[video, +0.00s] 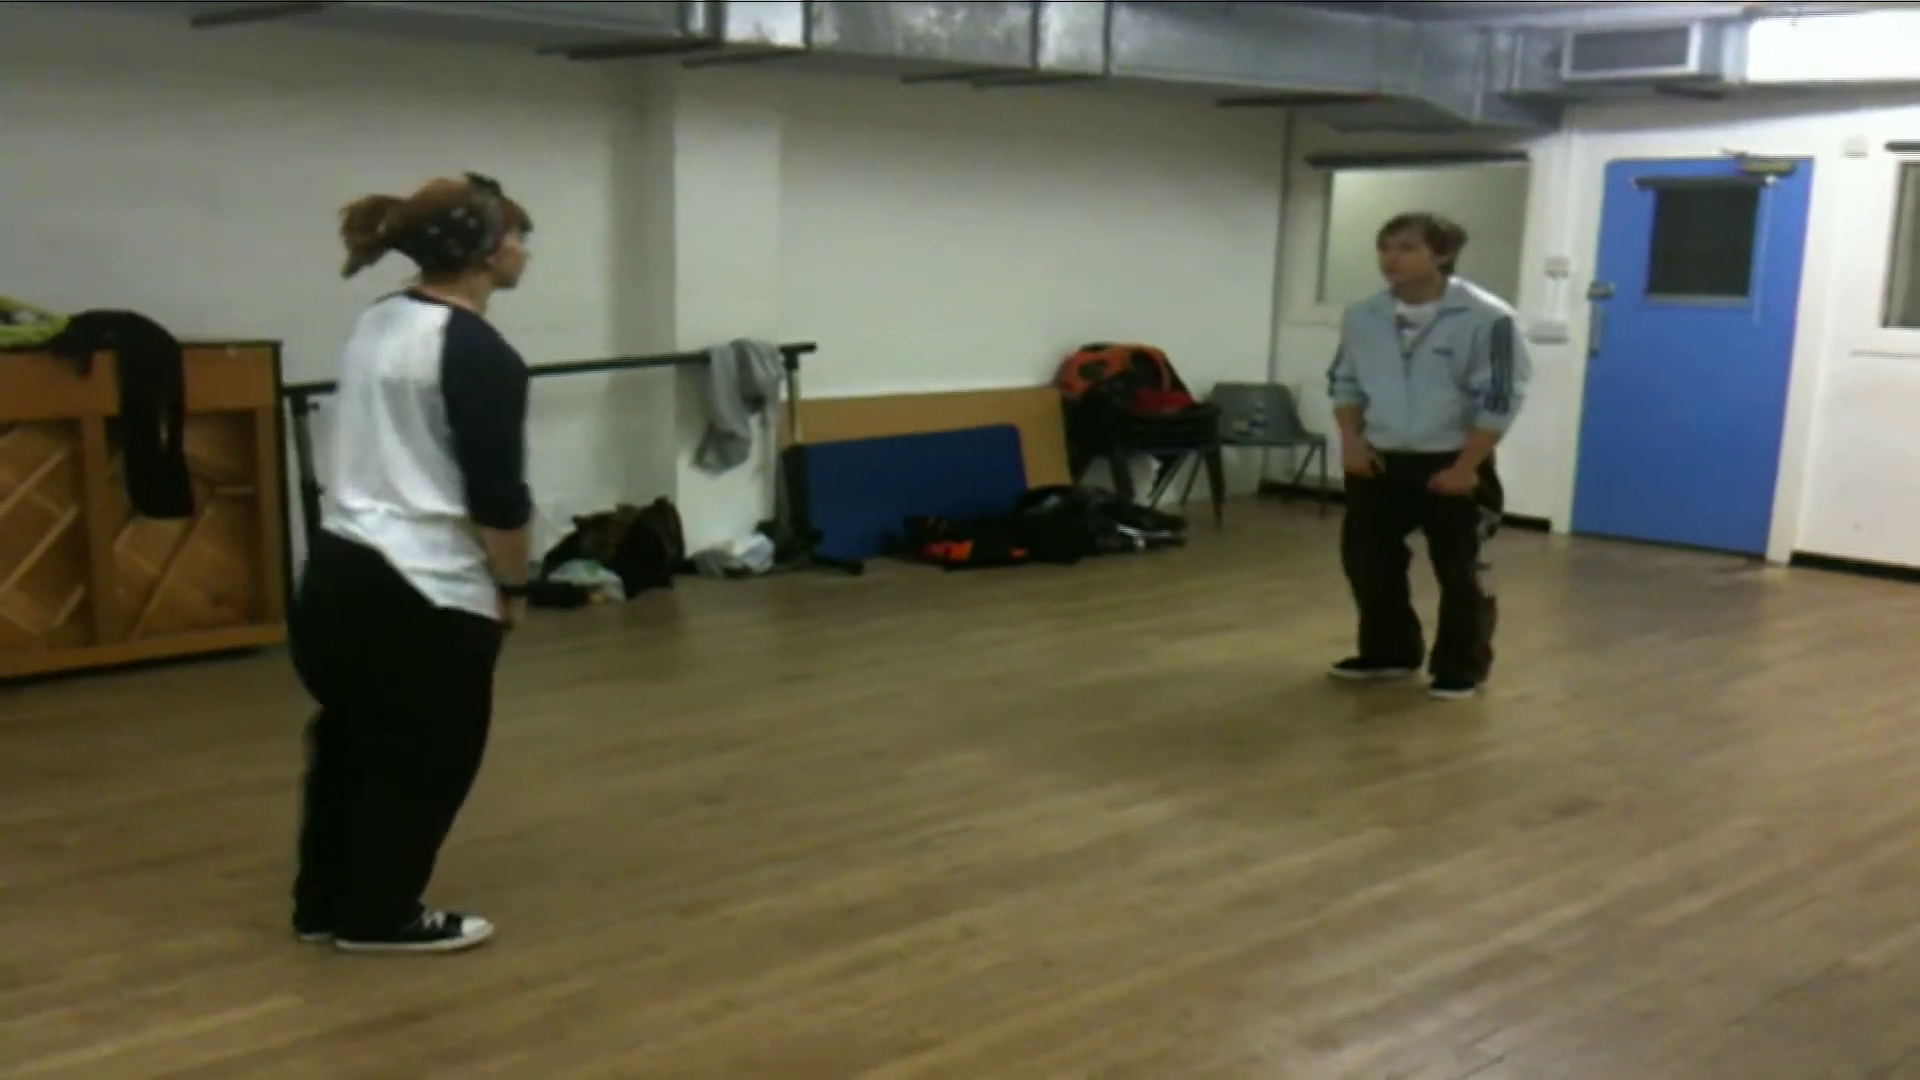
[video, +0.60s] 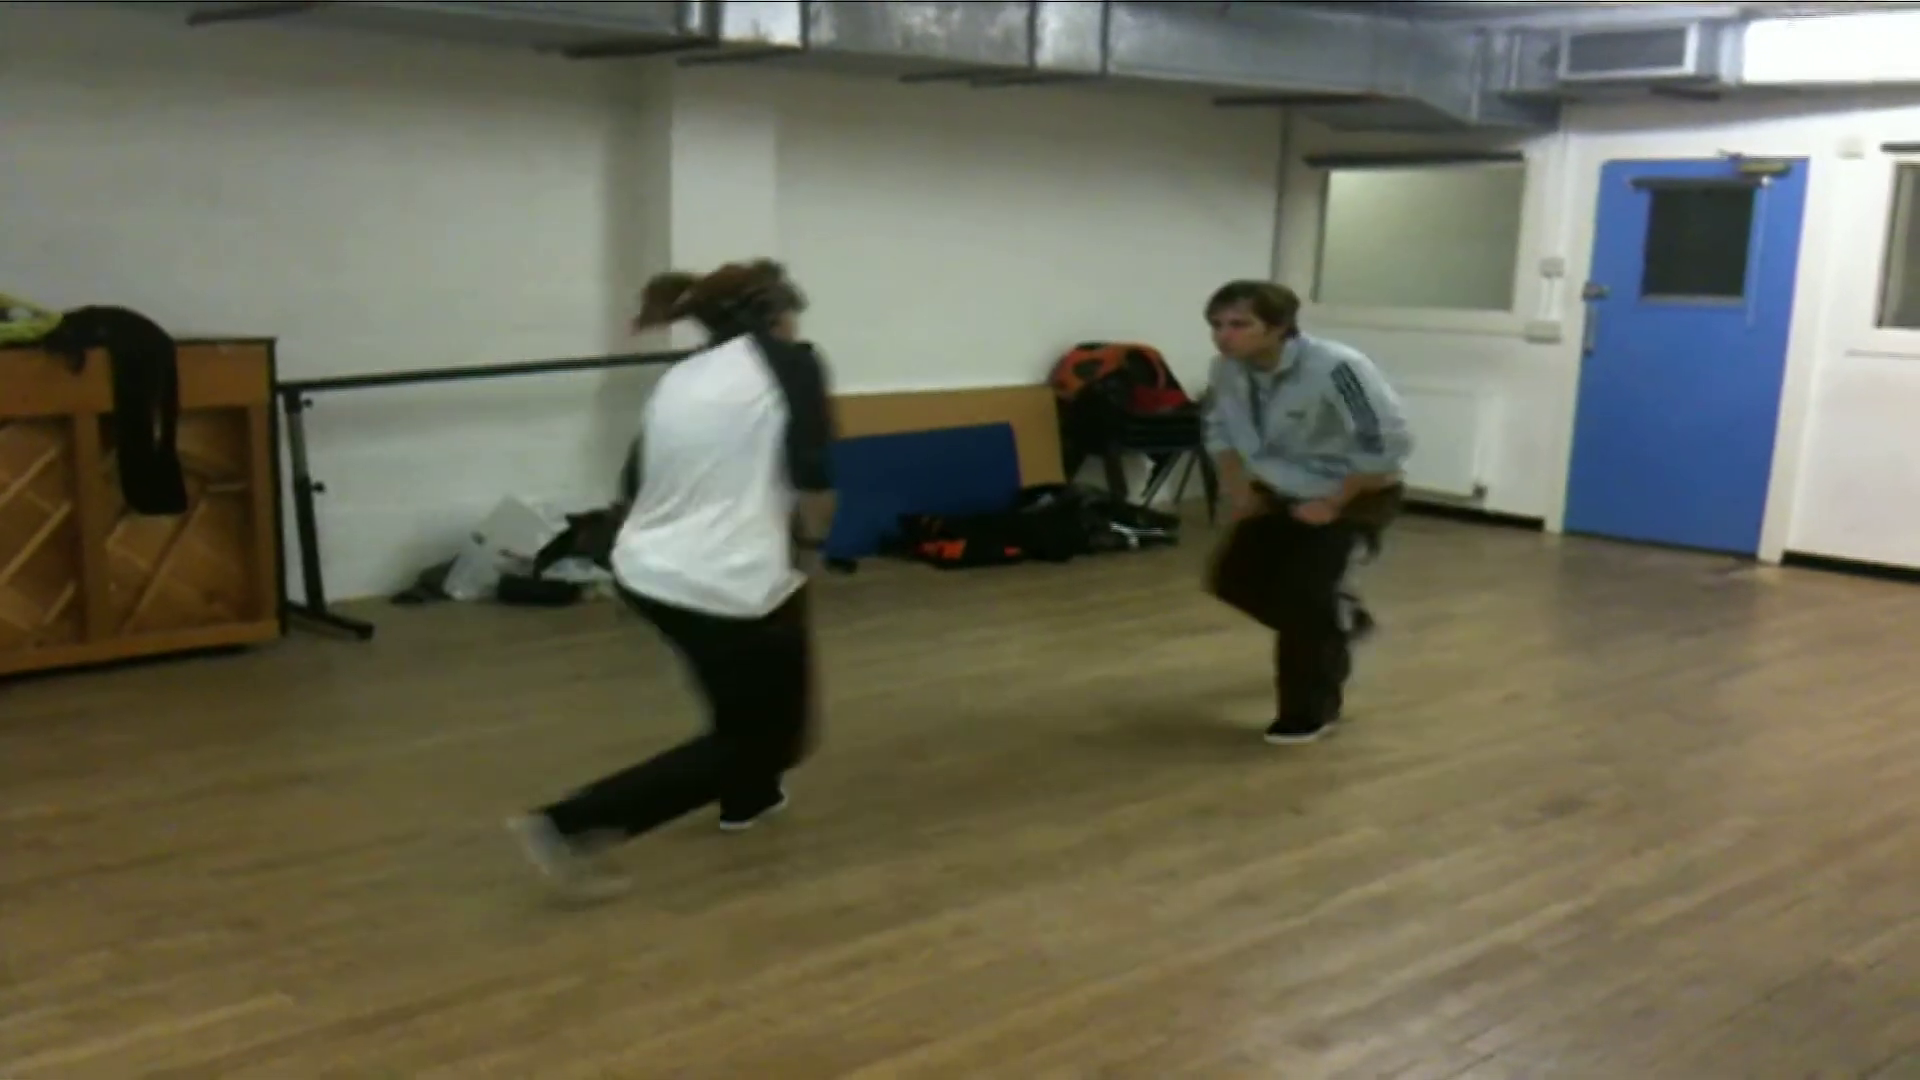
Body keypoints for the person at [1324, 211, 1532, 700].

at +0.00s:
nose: (1392, 258)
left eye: (1406, 248)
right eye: (1386, 249)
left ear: (1439, 256)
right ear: (1379, 256)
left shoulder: (1489, 320)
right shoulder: (1362, 318)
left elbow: (1500, 403)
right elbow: (1345, 384)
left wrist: (1466, 466)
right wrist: (1352, 439)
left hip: (1453, 466)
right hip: (1383, 463)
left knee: (1460, 570)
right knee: (1366, 555)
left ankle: (1460, 667)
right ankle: (1390, 650)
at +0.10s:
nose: (1375, 265)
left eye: (1389, 255)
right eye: (1369, 256)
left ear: (1423, 261)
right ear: (1363, 263)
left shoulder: (1474, 317)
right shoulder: (1349, 325)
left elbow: (1485, 399)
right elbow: (1334, 397)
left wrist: (1443, 458)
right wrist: (1331, 464)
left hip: (1440, 465)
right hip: (1372, 464)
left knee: (1427, 554)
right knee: (1358, 550)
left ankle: (1456, 654)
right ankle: (1386, 644)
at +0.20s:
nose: (1357, 281)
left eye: (1371, 271)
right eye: (1351, 272)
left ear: (1405, 277)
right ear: (1345, 278)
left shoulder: (1454, 314)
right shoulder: (1329, 342)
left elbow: (1468, 387)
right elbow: (1309, 415)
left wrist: (1409, 445)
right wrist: (1317, 471)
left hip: (1439, 453)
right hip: (1371, 454)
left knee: (1373, 537)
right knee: (1339, 546)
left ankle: (1423, 611)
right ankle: (1377, 643)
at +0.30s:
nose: (1329, 294)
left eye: (1343, 284)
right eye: (1324, 284)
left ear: (1376, 290)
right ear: (1317, 290)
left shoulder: (1419, 333)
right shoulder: (1301, 347)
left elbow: (1455, 398)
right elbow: (1284, 419)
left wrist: (1398, 459)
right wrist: (1302, 471)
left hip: (1428, 462)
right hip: (1357, 464)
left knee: (1366, 534)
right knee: (1320, 561)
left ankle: (1380, 636)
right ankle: (1385, 637)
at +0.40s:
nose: (1281, 318)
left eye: (1294, 308)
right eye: (1276, 309)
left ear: (1327, 313)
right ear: (1271, 314)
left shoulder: (1371, 358)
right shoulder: (1278, 360)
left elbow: (1448, 418)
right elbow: (1264, 421)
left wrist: (1410, 491)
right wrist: (1291, 472)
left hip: (1408, 484)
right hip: (1344, 479)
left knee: (1375, 576)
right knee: (1314, 576)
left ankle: (1332, 687)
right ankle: (1394, 641)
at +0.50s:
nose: (1239, 339)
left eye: (1252, 329)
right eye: (1235, 329)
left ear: (1288, 334)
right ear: (1232, 333)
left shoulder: (1341, 375)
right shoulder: (1253, 375)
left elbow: (1421, 436)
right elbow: (1249, 437)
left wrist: (1384, 505)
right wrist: (1267, 485)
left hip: (1382, 498)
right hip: (1317, 495)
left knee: (1350, 599)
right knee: (1294, 585)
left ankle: (1318, 711)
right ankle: (1390, 644)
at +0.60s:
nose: (1222, 337)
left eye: (1236, 325)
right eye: (1217, 326)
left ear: (1275, 328)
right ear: (1212, 328)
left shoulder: (1337, 369)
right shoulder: (1229, 371)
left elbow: (1391, 443)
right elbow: (1218, 430)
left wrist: (1337, 501)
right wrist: (1237, 486)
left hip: (1351, 496)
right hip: (1281, 492)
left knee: (1303, 591)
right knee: (1232, 575)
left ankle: (1308, 710)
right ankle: (1332, 618)